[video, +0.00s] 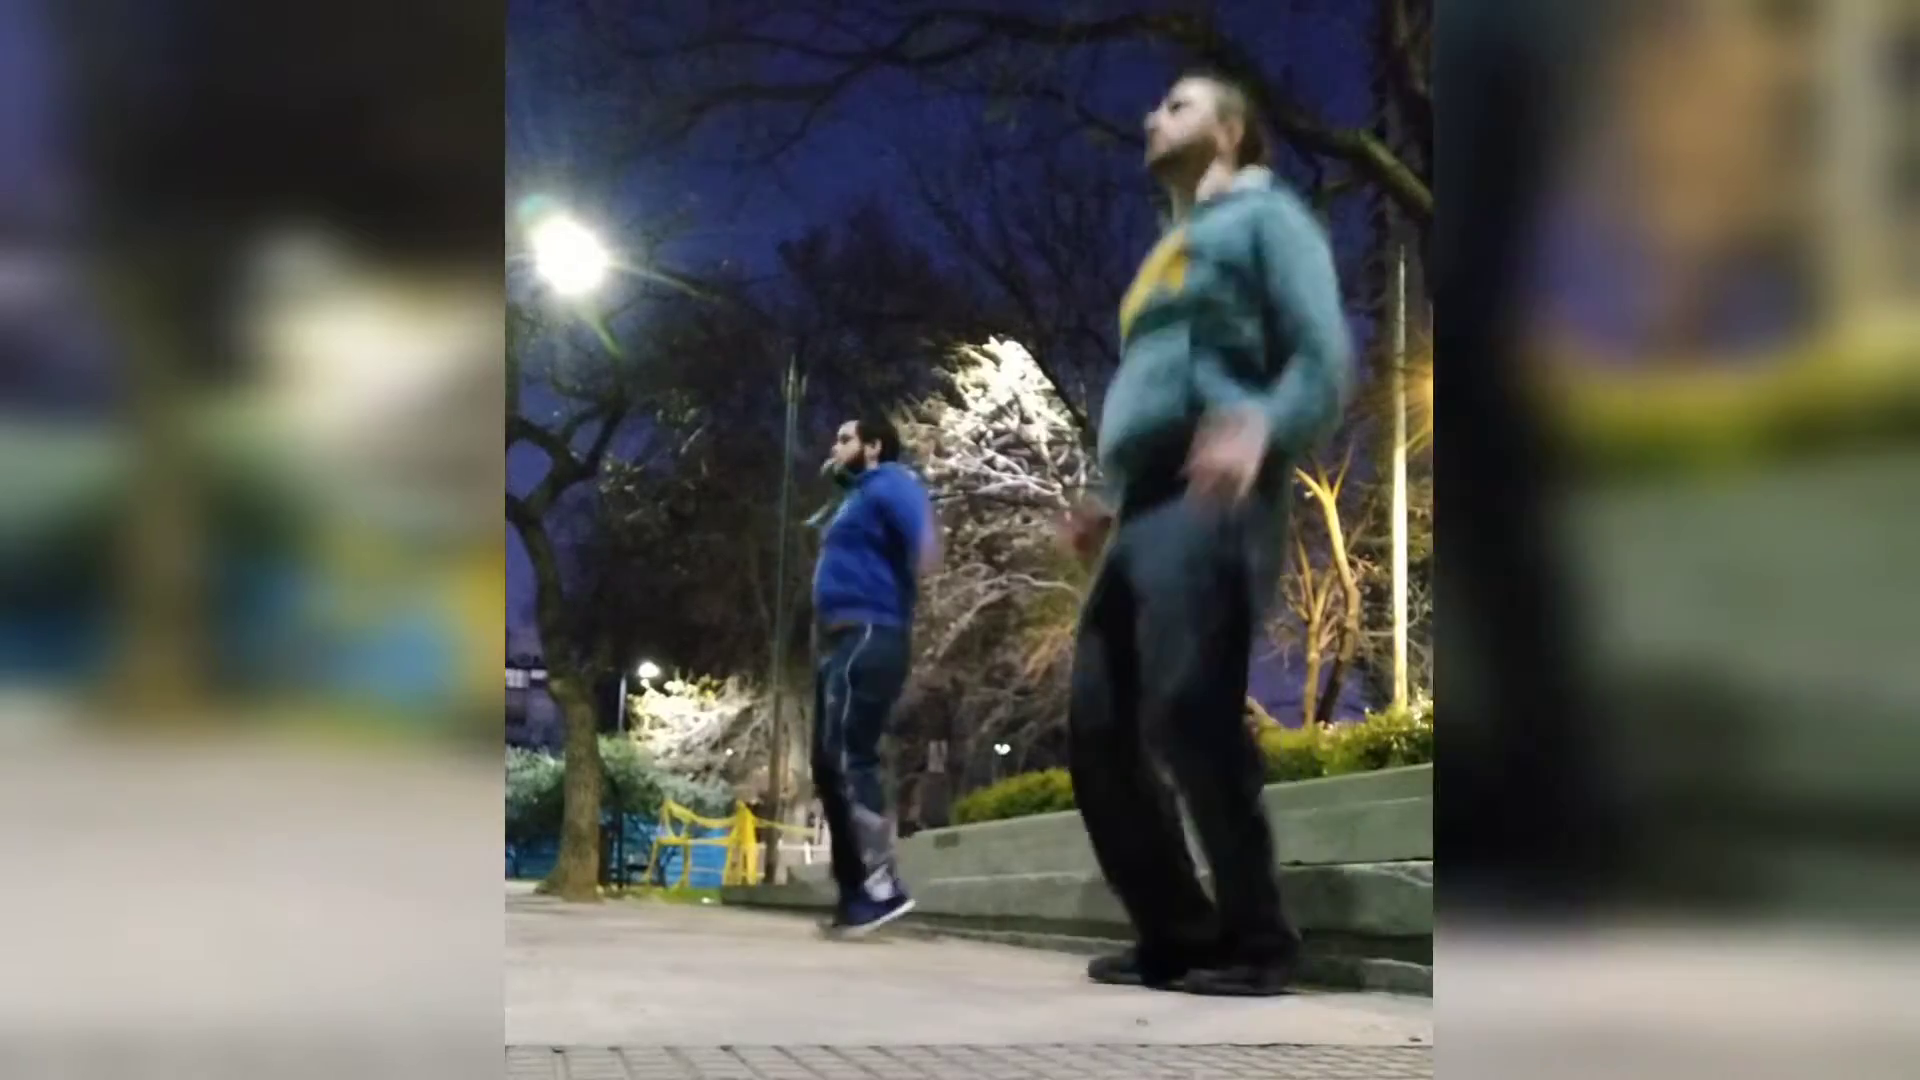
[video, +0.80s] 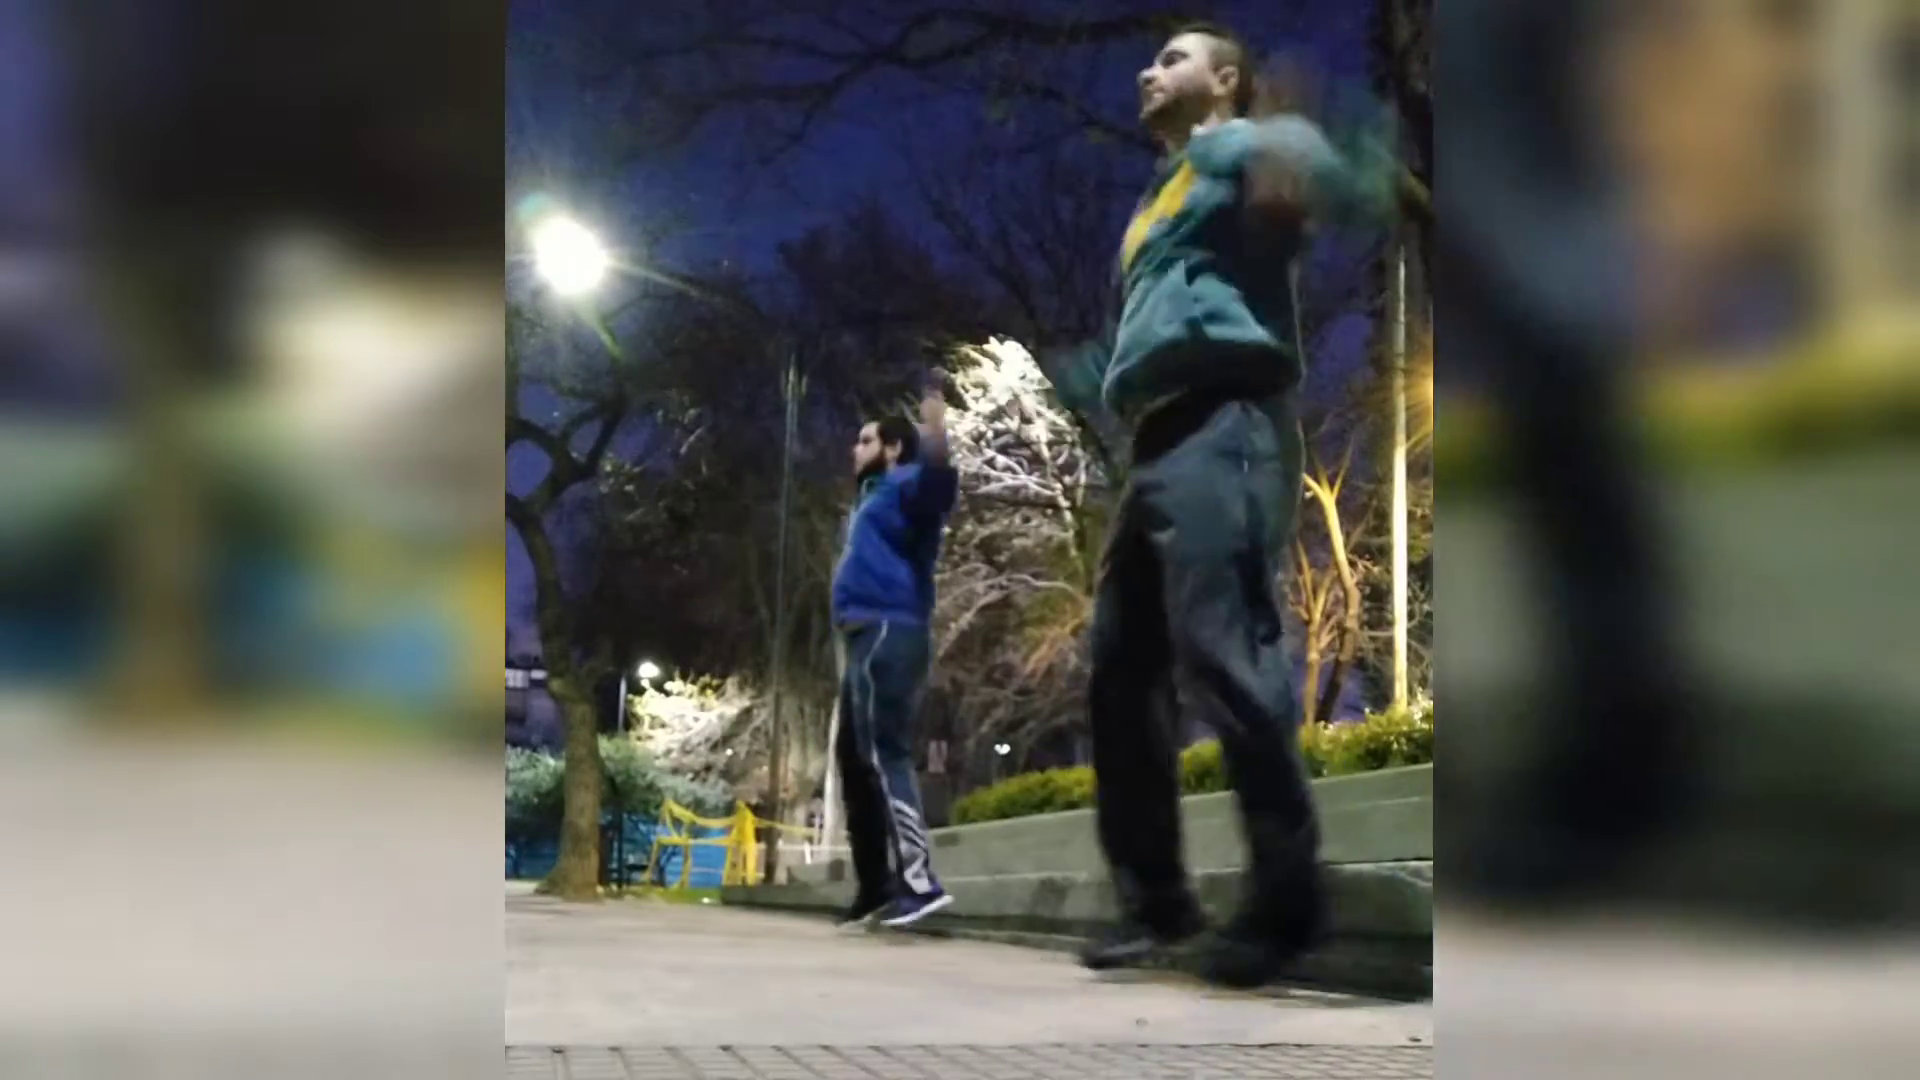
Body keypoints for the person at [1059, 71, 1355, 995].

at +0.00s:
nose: (1156, 115)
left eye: (1180, 102)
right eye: (1159, 105)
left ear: (1232, 130)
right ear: (1168, 137)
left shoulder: (1268, 214)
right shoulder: (1171, 245)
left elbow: (1327, 358)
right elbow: (1149, 382)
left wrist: (1260, 424)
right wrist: (1107, 496)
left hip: (1211, 492)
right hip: (1137, 507)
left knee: (1189, 712)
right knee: (1099, 729)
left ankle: (1256, 942)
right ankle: (1174, 936)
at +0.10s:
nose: (1158, 121)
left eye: (1182, 109)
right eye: (1160, 113)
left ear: (1232, 138)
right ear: (1171, 149)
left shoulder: (1266, 228)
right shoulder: (1176, 252)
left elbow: (1317, 371)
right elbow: (1165, 391)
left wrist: (1240, 450)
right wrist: (1120, 507)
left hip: (1207, 524)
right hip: (1134, 531)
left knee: (1193, 736)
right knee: (1110, 736)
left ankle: (1254, 947)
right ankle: (1172, 940)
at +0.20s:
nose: (1167, 69)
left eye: (1191, 53)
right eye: (1168, 59)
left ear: (1250, 80)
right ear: (1178, 98)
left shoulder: (1281, 163)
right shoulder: (1173, 203)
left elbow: (1297, 191)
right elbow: (1156, 341)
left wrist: (1246, 179)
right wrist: (1106, 395)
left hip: (1222, 424)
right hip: (1145, 446)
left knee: (1224, 665)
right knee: (1126, 679)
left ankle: (1266, 915)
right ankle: (1156, 911)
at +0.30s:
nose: (1169, 58)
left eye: (1194, 45)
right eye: (1168, 50)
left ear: (1249, 75)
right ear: (1176, 94)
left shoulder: (1268, 151)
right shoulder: (1170, 202)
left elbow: (1334, 96)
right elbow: (1133, 309)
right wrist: (1040, 279)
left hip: (1224, 415)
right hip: (1146, 438)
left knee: (1244, 655)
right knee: (1124, 686)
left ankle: (1316, 898)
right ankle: (1129, 897)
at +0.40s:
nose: (1170, 93)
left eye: (1193, 83)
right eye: (1171, 86)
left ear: (1240, 109)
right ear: (1170, 118)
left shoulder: (1258, 169)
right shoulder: (1145, 229)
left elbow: (1314, 39)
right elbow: (1105, 225)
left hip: (1224, 456)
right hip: (1147, 479)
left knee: (1267, 699)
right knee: (1103, 713)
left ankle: (1384, 945)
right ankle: (1098, 915)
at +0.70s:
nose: (1162, 85)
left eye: (1184, 75)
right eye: (1164, 77)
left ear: (1235, 99)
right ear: (1169, 111)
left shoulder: (1260, 158)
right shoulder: (1153, 224)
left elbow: (1343, 56)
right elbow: (1105, 270)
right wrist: (1043, 201)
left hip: (1227, 442)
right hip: (1155, 464)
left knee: (1259, 693)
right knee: (1114, 704)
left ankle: (1366, 937)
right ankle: (1106, 913)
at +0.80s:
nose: (1150, 72)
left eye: (1172, 58)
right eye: (1151, 62)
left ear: (1227, 80)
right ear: (1167, 95)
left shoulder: (1244, 151)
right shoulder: (1160, 202)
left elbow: (1338, 184)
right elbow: (1146, 353)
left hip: (1223, 425)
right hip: (1156, 446)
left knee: (1225, 656)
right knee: (1121, 676)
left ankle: (1286, 909)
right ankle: (1158, 906)